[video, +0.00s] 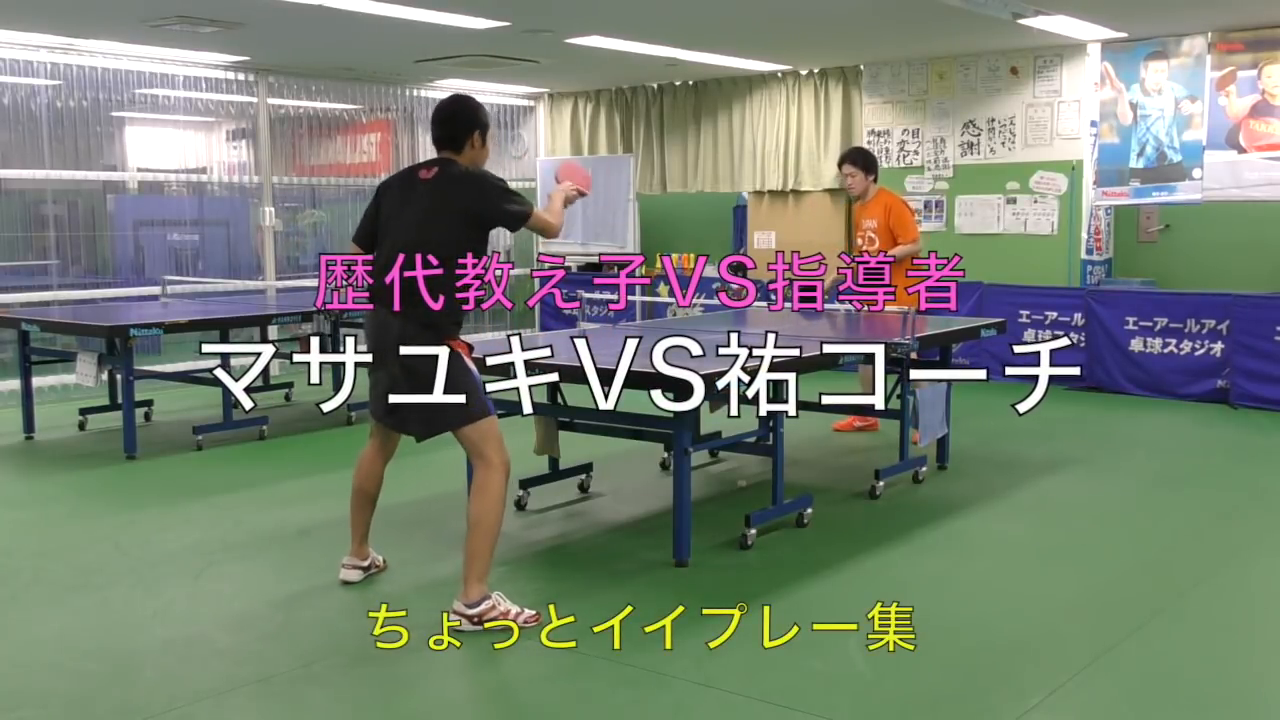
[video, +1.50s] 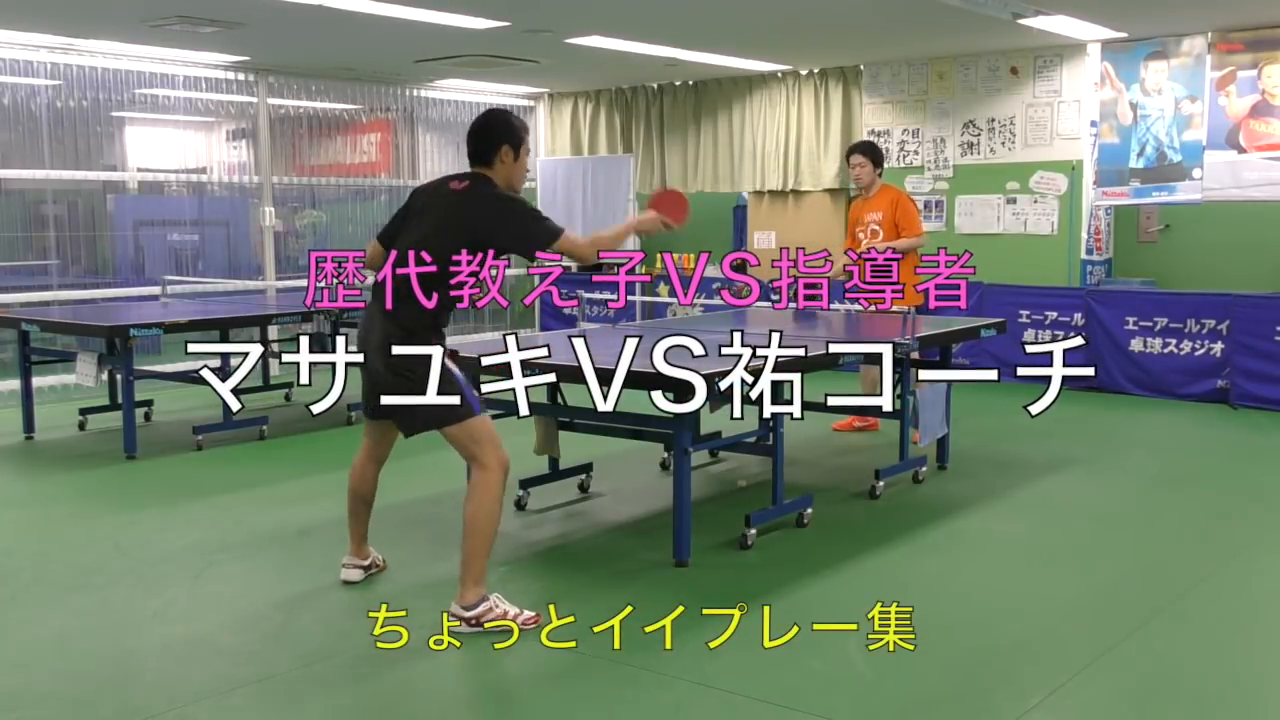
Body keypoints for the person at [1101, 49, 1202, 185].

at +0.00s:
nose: (1159, 77)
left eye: (1163, 71)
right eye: (1155, 71)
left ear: (1168, 73)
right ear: (1144, 72)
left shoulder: (1173, 89)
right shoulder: (1135, 91)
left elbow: (1199, 106)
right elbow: (1125, 121)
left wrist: (1191, 107)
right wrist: (1121, 94)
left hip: (1171, 161)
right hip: (1141, 163)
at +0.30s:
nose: (1159, 77)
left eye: (1163, 71)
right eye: (1155, 71)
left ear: (1168, 73)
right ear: (1144, 72)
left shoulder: (1173, 89)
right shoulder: (1135, 91)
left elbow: (1199, 105)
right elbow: (1125, 121)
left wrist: (1191, 107)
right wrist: (1121, 94)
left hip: (1171, 161)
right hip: (1141, 163)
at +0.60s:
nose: (1159, 76)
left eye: (1163, 71)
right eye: (1155, 71)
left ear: (1168, 73)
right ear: (1144, 72)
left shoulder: (1174, 89)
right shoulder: (1135, 91)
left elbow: (1199, 105)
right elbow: (1125, 120)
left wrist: (1191, 107)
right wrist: (1121, 94)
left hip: (1171, 161)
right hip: (1141, 163)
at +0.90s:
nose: (1159, 76)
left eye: (1163, 71)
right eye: (1155, 71)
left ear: (1168, 73)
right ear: (1144, 72)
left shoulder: (1174, 89)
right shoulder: (1135, 91)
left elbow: (1199, 105)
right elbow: (1125, 120)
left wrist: (1191, 107)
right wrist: (1121, 94)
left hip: (1171, 161)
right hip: (1141, 163)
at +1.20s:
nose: (1159, 76)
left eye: (1163, 71)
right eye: (1155, 71)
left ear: (1168, 73)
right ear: (1144, 72)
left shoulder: (1174, 89)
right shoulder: (1135, 91)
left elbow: (1199, 105)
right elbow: (1125, 121)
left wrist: (1191, 107)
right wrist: (1121, 94)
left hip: (1171, 161)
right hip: (1141, 163)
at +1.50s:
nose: (1159, 76)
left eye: (1163, 71)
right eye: (1155, 71)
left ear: (1168, 73)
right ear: (1144, 72)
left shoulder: (1174, 89)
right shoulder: (1135, 91)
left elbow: (1199, 106)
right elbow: (1125, 121)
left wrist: (1191, 107)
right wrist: (1121, 94)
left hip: (1171, 161)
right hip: (1141, 163)